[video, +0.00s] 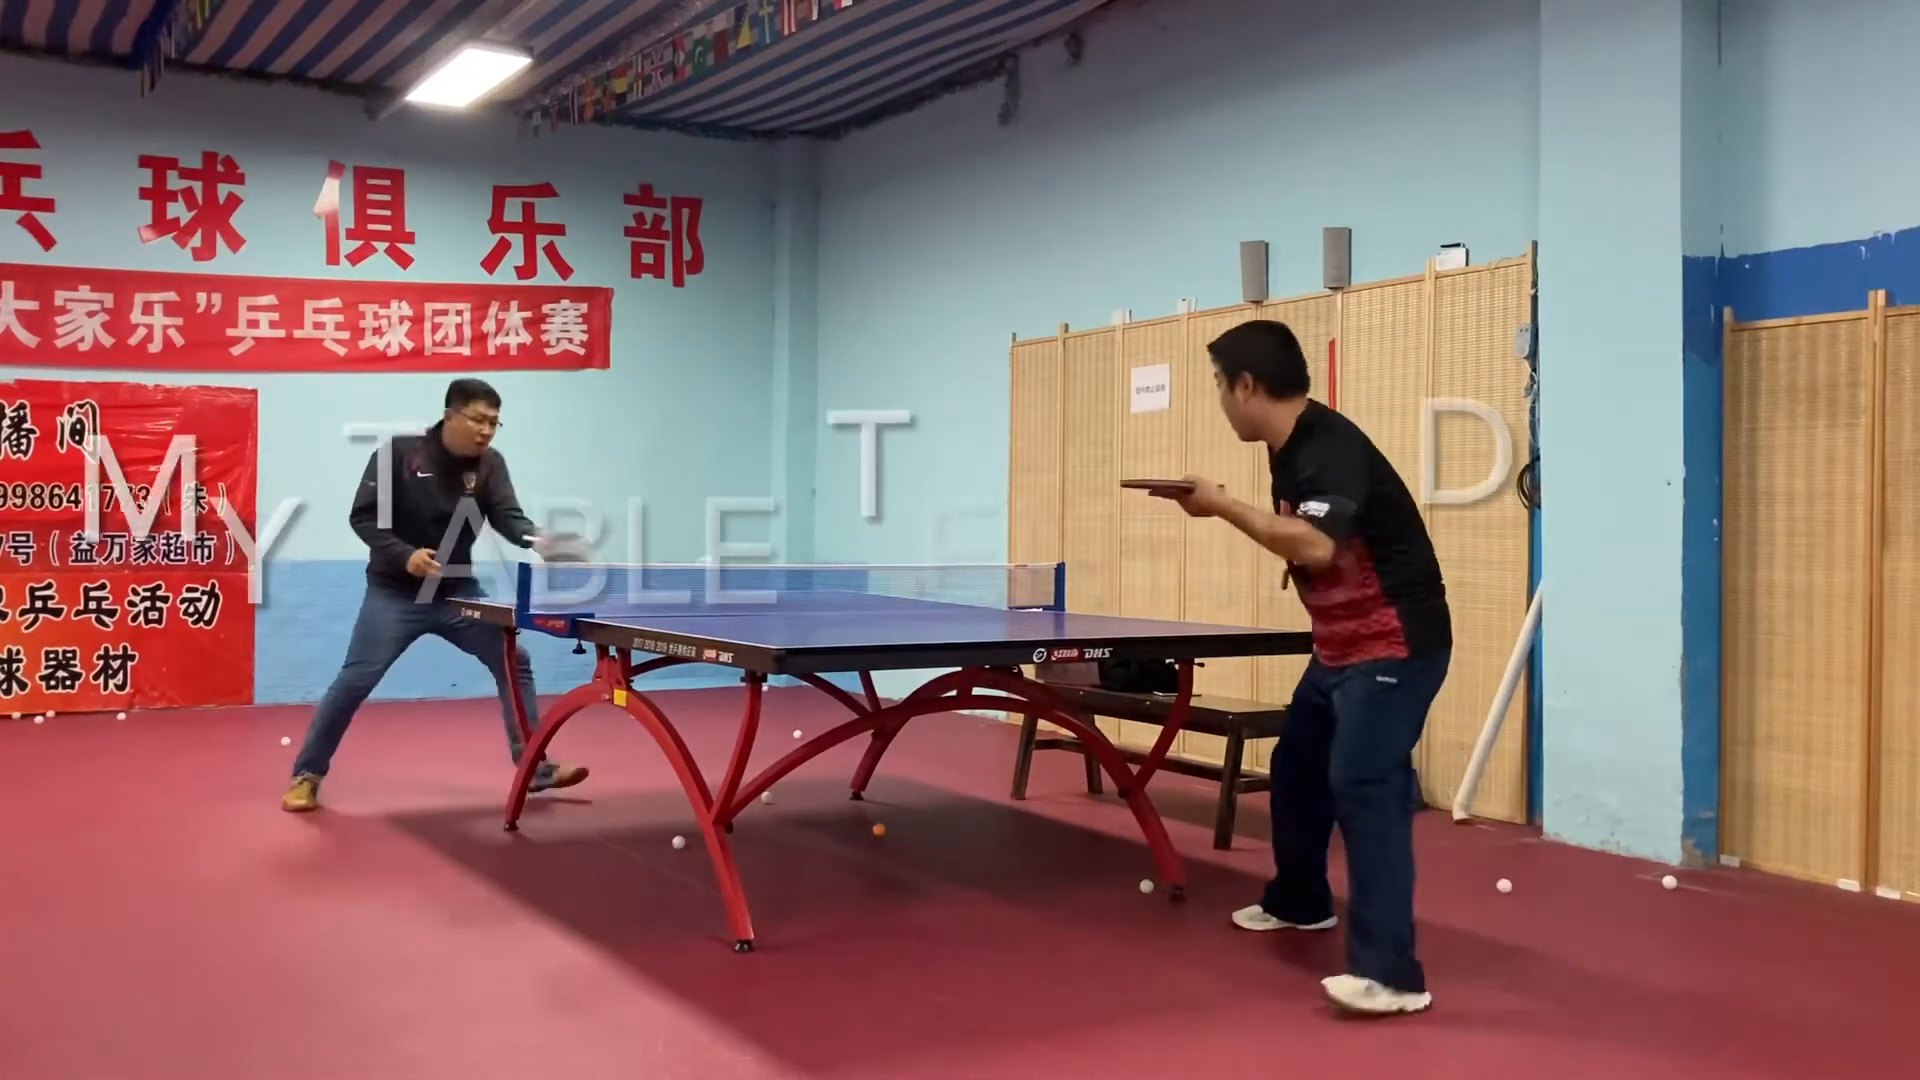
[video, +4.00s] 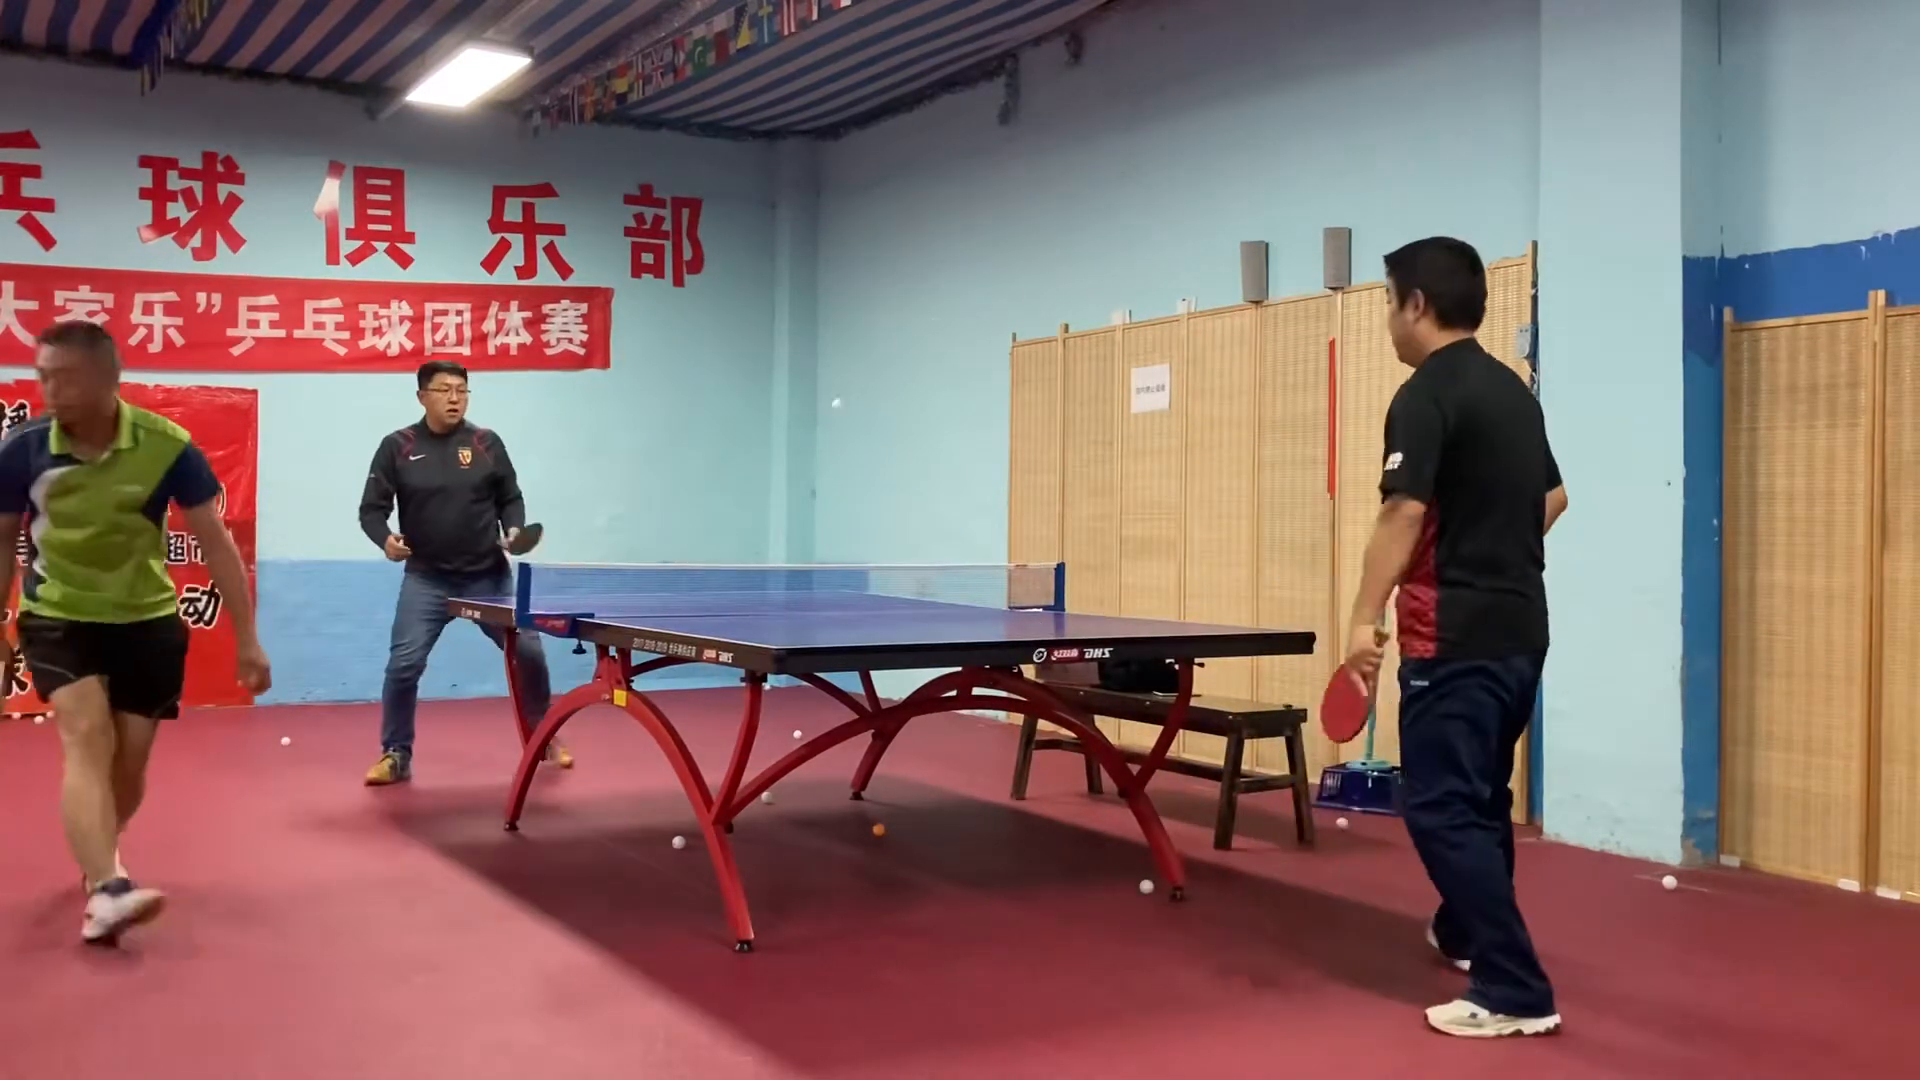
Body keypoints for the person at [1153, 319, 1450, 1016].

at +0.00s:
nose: (1222, 404)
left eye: (1223, 389)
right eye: (1221, 389)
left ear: (1248, 386)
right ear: (1268, 383)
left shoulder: (1330, 445)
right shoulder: (1293, 449)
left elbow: (1312, 546)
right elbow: (1318, 539)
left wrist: (1223, 506)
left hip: (1394, 649)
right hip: (1343, 648)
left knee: (1368, 786)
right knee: (1297, 768)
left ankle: (1391, 972)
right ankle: (1300, 900)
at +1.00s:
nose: (953, 458)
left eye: (954, 444)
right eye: (954, 444)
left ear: (974, 441)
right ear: (1030, 429)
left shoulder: (983, 505)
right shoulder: (1115, 473)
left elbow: (913, 566)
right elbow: (1204, 521)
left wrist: (855, 543)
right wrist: (1147, 526)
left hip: (1081, 694)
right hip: (1176, 687)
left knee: (973, 771)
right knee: (1271, 818)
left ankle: (962, 941)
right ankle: (1398, 960)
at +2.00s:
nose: (1210, 408)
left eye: (1219, 393)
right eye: (1212, 393)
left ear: (1261, 398)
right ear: (1263, 398)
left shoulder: (1353, 484)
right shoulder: (1269, 462)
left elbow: (1400, 610)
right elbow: (1252, 510)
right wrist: (1187, 550)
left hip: (1385, 679)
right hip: (1344, 676)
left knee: (1270, 783)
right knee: (1402, 805)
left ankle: (1270, 983)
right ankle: (1524, 927)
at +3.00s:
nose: (1268, 356)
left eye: (1273, 341)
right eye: (1269, 341)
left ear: (1301, 343)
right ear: (1342, 343)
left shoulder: (1328, 423)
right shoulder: (1398, 412)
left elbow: (1317, 545)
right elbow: (1459, 506)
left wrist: (1246, 586)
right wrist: (1371, 548)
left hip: (1381, 651)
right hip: (1438, 648)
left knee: (1294, 793)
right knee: (1406, 786)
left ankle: (1316, 988)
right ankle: (1463, 941)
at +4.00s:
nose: (1388, 321)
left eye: (1391, 306)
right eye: (1388, 306)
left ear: (1417, 304)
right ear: (1469, 307)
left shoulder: (1425, 393)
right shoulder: (1510, 385)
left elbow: (1403, 513)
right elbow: (1551, 497)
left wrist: (1363, 619)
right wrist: (1487, 556)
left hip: (1456, 638)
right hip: (1516, 632)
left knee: (1436, 806)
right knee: (1482, 790)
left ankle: (1515, 993)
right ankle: (1465, 926)